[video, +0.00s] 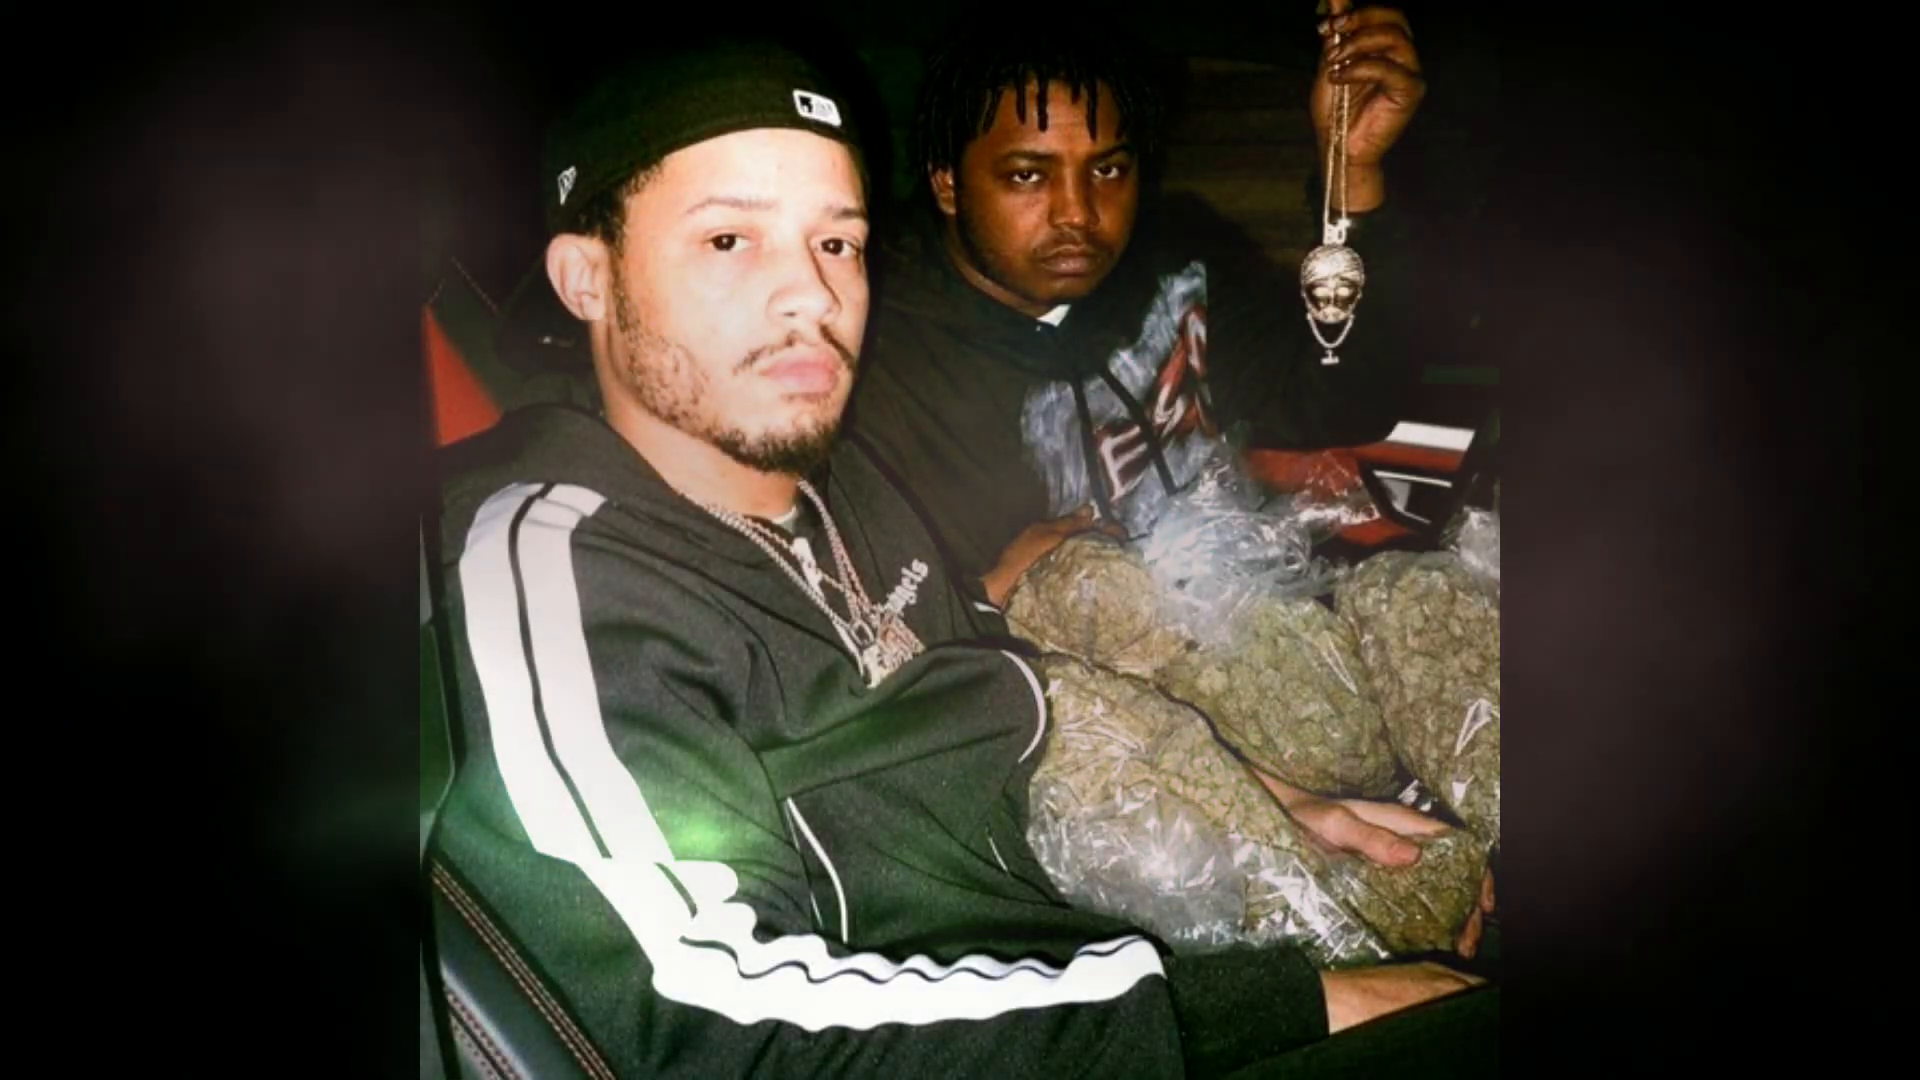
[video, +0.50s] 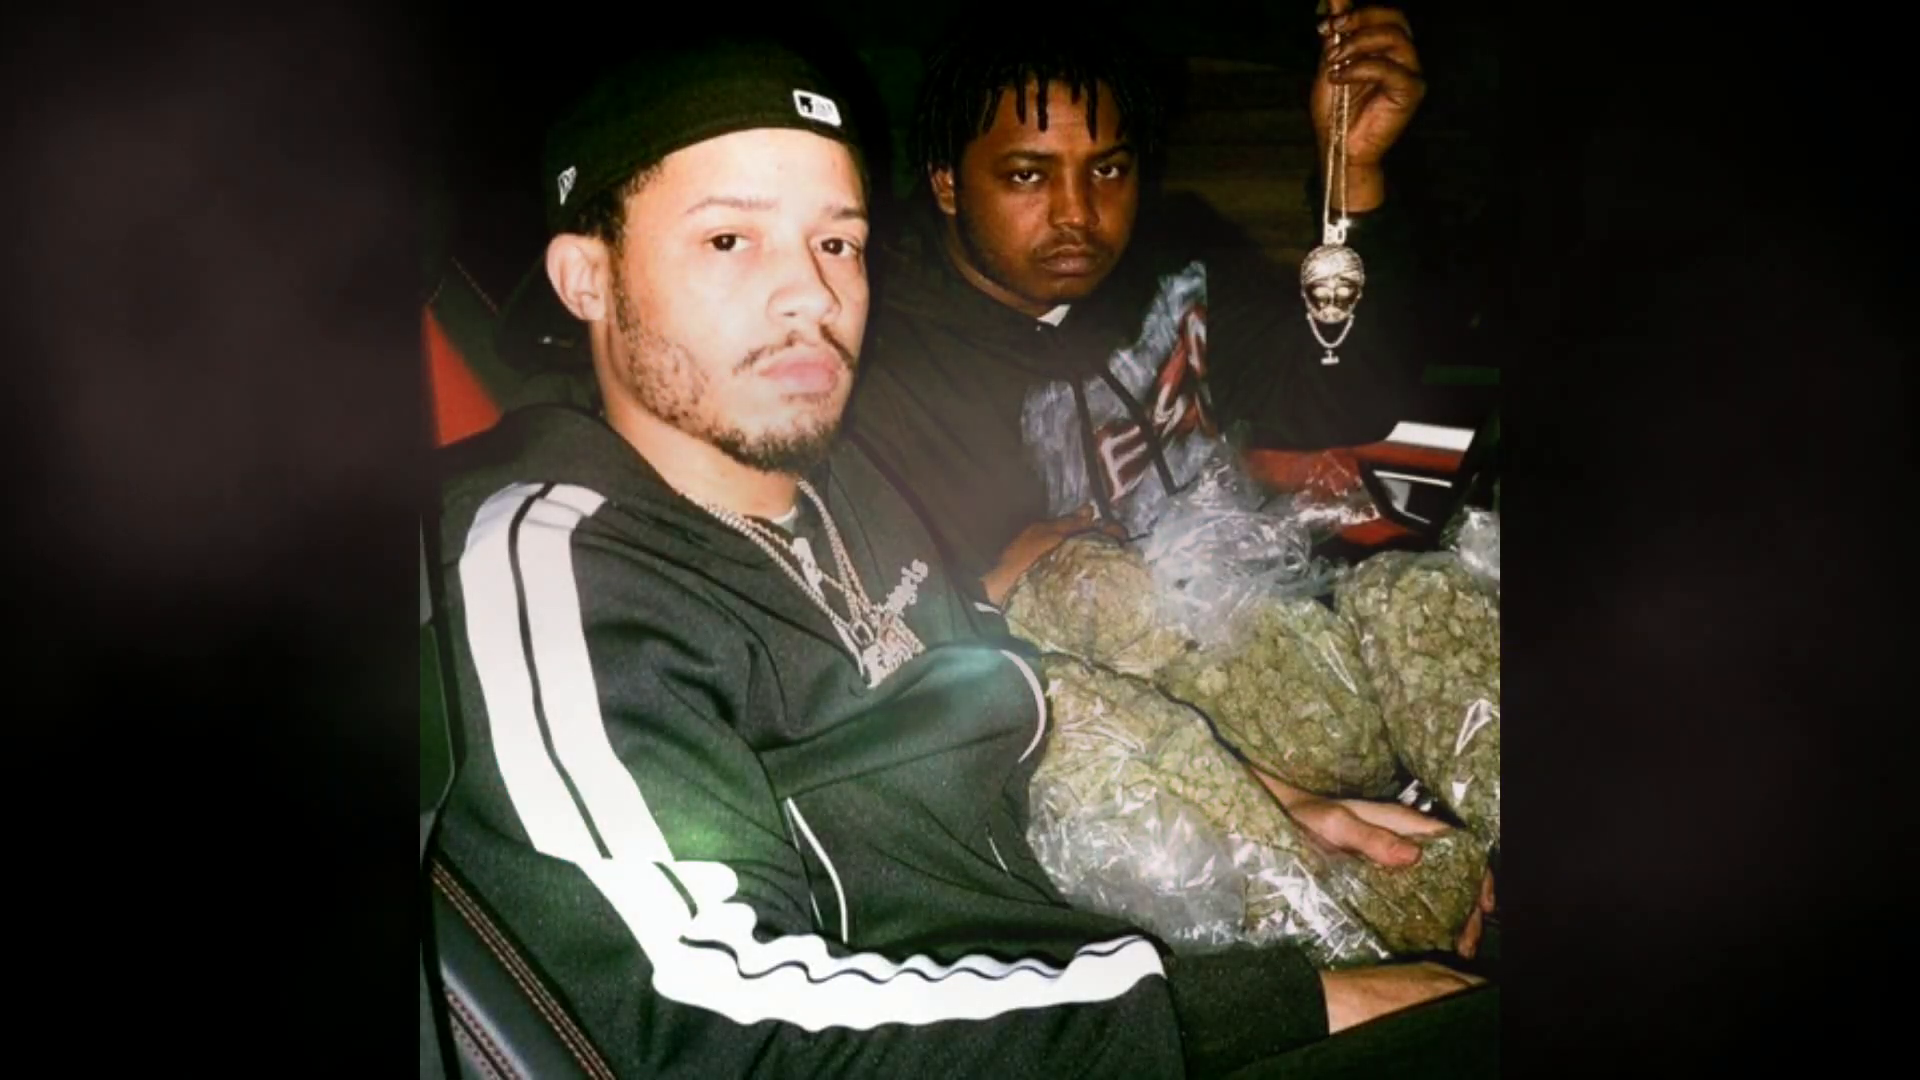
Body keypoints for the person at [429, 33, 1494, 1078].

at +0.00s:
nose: (811, 304)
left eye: (836, 249)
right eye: (729, 245)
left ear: (867, 268)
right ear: (588, 282)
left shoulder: (826, 490)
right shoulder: (536, 554)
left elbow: (1004, 757)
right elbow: (705, 1013)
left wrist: (1271, 826)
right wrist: (1278, 1005)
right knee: (1461, 1007)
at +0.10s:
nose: (811, 304)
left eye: (836, 249)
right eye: (729, 245)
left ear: (867, 269)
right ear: (588, 282)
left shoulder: (827, 488)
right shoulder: (537, 556)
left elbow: (1006, 747)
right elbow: (706, 1016)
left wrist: (1271, 823)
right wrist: (1276, 1007)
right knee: (1467, 1005)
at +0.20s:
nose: (811, 304)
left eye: (836, 249)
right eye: (729, 245)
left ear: (867, 269)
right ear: (588, 282)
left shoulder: (825, 490)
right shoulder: (536, 554)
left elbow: (1005, 751)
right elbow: (708, 1015)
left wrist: (1271, 824)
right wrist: (1278, 1005)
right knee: (1470, 1006)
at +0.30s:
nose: (811, 304)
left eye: (835, 248)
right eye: (729, 245)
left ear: (867, 267)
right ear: (587, 282)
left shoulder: (824, 476)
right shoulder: (537, 557)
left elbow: (1012, 755)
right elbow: (713, 1015)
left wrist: (1271, 822)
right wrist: (1280, 1005)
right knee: (1471, 1007)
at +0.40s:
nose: (810, 303)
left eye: (835, 248)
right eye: (728, 244)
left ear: (867, 268)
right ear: (588, 282)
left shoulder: (826, 477)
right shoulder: (537, 556)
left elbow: (1012, 752)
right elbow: (713, 1015)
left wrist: (1271, 823)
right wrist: (1279, 1006)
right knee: (1476, 1007)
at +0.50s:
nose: (810, 303)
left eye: (835, 249)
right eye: (728, 244)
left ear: (867, 269)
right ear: (587, 282)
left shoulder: (825, 483)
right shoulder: (535, 556)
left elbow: (1011, 753)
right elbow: (712, 1015)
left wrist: (1267, 821)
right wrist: (1280, 1006)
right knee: (1487, 1005)